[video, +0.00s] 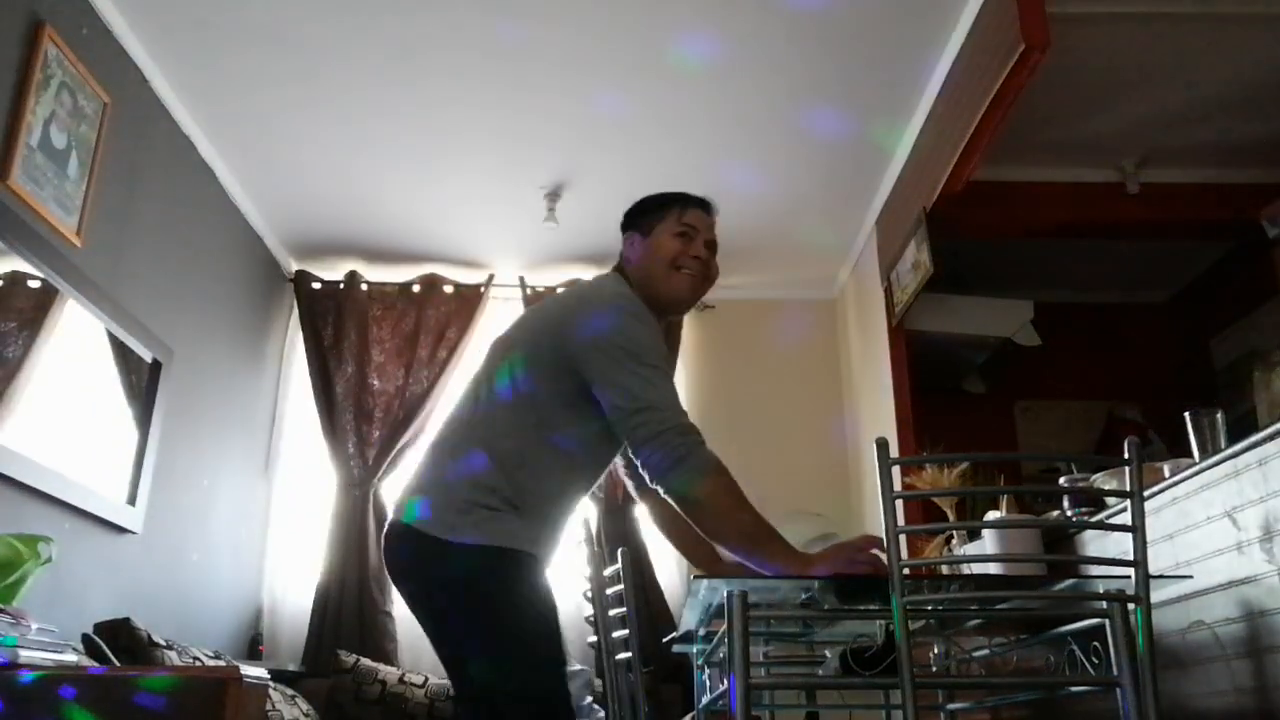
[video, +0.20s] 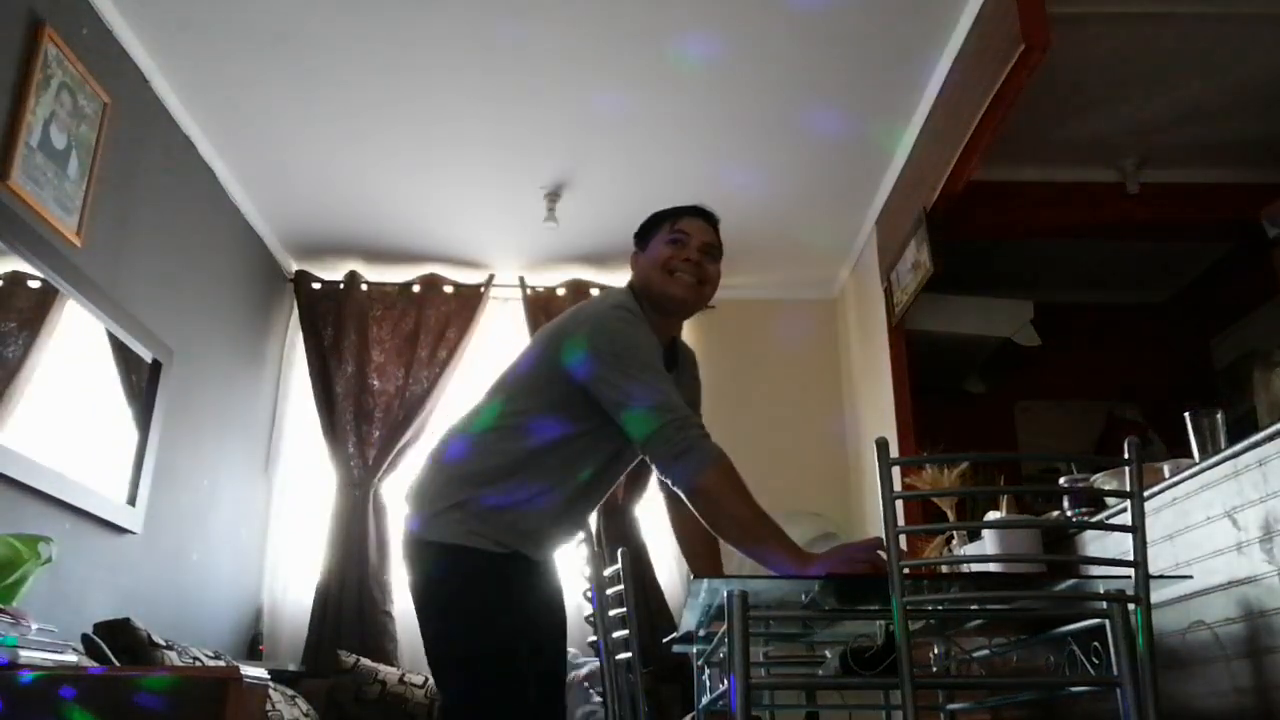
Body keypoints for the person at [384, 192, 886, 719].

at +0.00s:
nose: (702, 251)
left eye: (711, 245)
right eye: (683, 233)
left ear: (711, 272)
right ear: (632, 244)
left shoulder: (626, 325)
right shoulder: (608, 314)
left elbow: (648, 483)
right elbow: (680, 463)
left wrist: (714, 566)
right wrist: (798, 562)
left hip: (480, 543)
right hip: (462, 544)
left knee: (517, 707)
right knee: (530, 708)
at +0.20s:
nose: (693, 257)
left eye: (709, 253)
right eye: (676, 241)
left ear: (715, 282)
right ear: (637, 255)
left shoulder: (678, 366)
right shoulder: (606, 325)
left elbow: (692, 492)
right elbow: (691, 462)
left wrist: (714, 604)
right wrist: (798, 561)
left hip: (527, 546)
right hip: (462, 534)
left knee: (542, 704)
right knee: (491, 705)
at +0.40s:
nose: (695, 262)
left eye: (711, 256)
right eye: (679, 247)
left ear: (720, 284)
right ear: (641, 262)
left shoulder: (692, 364)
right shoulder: (613, 338)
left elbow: (700, 484)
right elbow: (690, 468)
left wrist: (715, 602)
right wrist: (798, 563)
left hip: (547, 554)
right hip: (483, 542)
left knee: (525, 707)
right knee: (484, 708)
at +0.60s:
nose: (703, 273)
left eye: (717, 264)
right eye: (686, 256)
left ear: (727, 285)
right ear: (646, 269)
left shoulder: (697, 367)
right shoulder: (616, 347)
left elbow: (698, 490)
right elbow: (694, 475)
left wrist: (715, 599)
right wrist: (797, 563)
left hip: (564, 555)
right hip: (497, 546)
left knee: (547, 704)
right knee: (492, 705)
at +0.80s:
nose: (706, 276)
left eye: (721, 268)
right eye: (690, 260)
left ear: (730, 291)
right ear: (651, 273)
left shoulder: (701, 368)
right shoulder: (619, 348)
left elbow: (702, 489)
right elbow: (696, 477)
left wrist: (716, 597)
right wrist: (799, 564)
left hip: (568, 555)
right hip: (503, 546)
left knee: (553, 705)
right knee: (499, 707)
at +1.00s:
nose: (708, 278)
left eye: (723, 270)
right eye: (691, 262)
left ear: (731, 293)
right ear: (652, 274)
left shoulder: (702, 370)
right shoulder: (621, 349)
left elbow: (702, 493)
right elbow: (695, 479)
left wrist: (717, 602)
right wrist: (799, 564)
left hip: (570, 554)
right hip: (503, 547)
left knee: (554, 705)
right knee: (503, 708)